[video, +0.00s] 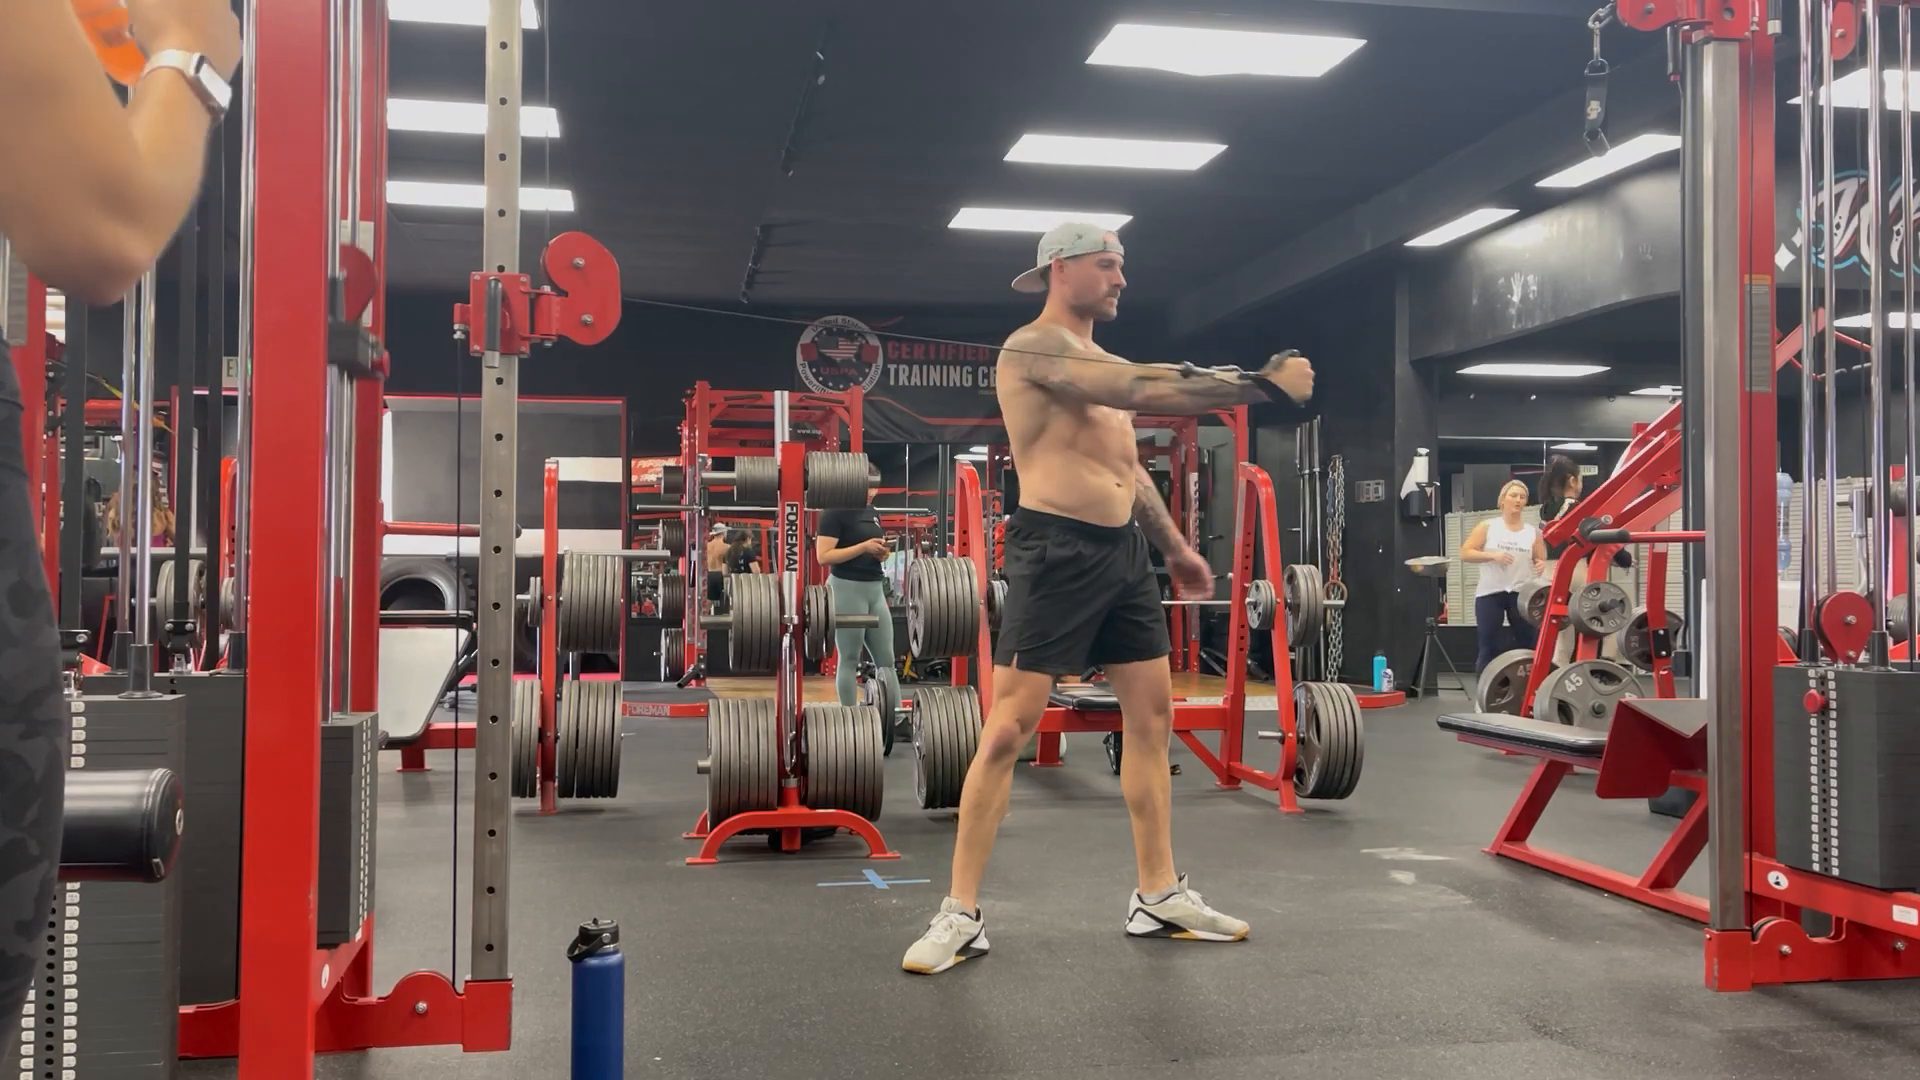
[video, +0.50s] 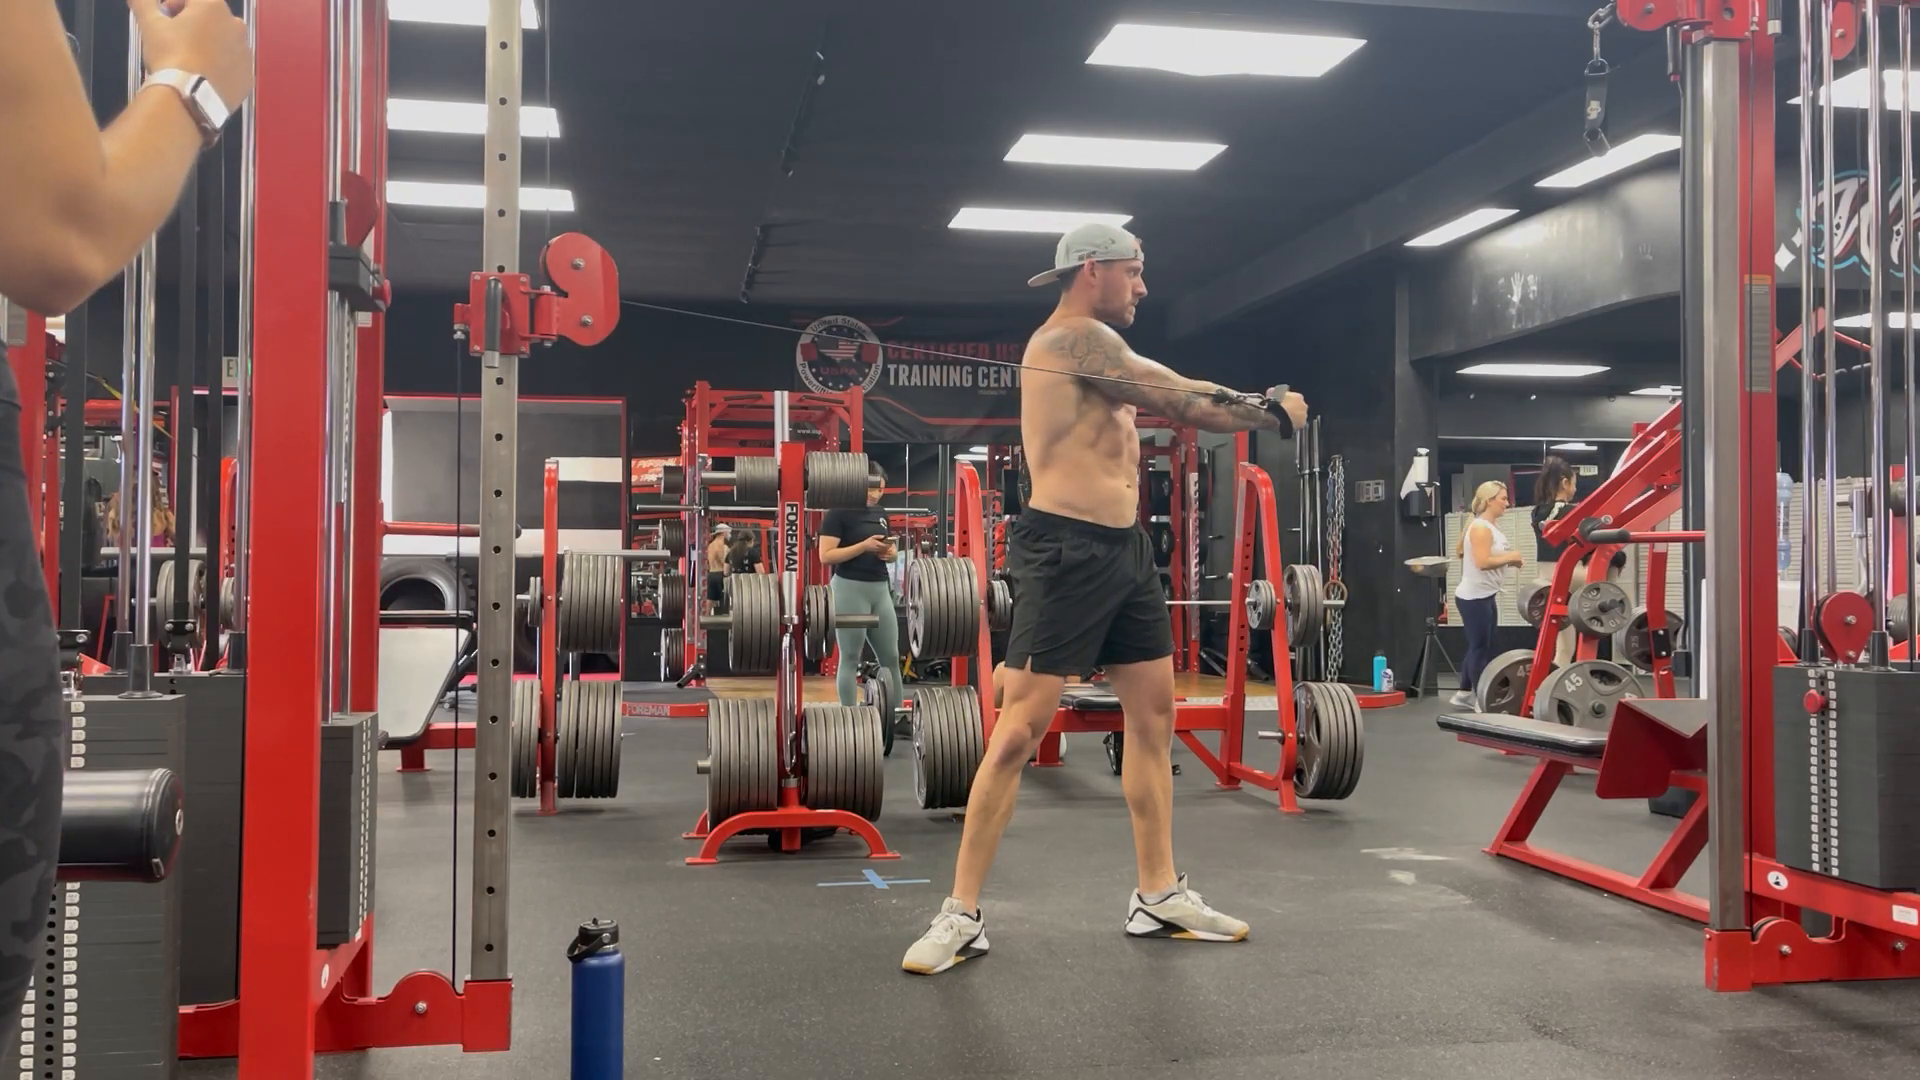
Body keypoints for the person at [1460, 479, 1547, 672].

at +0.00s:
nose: (1518, 500)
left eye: (1522, 497)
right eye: (1514, 495)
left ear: (1525, 502)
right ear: (1503, 499)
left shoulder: (1533, 532)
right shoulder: (1487, 527)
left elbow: (1540, 560)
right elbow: (1465, 553)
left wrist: (1540, 565)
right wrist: (1493, 557)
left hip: (1522, 595)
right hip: (1490, 595)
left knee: (1529, 644)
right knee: (1488, 647)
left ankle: (1529, 692)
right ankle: (1484, 694)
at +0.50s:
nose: (1507, 503)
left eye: (1506, 499)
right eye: (1503, 498)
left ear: (1490, 502)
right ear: (1489, 500)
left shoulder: (1488, 526)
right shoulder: (1479, 527)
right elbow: (1482, 561)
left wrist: (1506, 560)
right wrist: (1510, 558)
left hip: (1483, 596)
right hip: (1474, 597)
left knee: (1480, 645)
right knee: (1480, 647)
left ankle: (1464, 691)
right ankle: (1481, 696)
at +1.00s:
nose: (1492, 505)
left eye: (1492, 501)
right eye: (1490, 501)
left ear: (1472, 504)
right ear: (1478, 504)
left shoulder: (1461, 527)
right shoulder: (1477, 530)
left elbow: (1463, 558)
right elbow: (1482, 563)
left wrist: (1496, 557)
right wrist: (1502, 559)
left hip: (1458, 595)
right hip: (1475, 598)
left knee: (1460, 645)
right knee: (1487, 646)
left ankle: (1458, 695)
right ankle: (1482, 697)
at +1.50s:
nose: (1505, 506)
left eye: (1504, 502)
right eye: (1502, 502)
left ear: (1483, 506)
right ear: (1493, 505)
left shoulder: (1472, 529)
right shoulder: (1495, 531)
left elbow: (1470, 559)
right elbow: (1519, 563)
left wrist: (1507, 562)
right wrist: (1527, 565)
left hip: (1473, 599)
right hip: (1496, 600)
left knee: (1474, 647)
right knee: (1511, 647)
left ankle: (1460, 695)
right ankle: (1509, 696)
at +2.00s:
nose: (1526, 503)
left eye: (1525, 499)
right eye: (1524, 500)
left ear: (1503, 506)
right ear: (1516, 505)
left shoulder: (1493, 529)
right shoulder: (1523, 529)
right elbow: (1544, 561)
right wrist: (1556, 579)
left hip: (1492, 598)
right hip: (1514, 600)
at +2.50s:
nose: (1535, 506)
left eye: (1534, 502)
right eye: (1533, 503)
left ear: (1512, 507)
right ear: (1526, 506)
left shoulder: (1504, 531)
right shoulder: (1533, 530)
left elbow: (1500, 561)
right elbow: (1553, 553)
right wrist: (1560, 554)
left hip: (1509, 595)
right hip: (1533, 595)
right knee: (1529, 640)